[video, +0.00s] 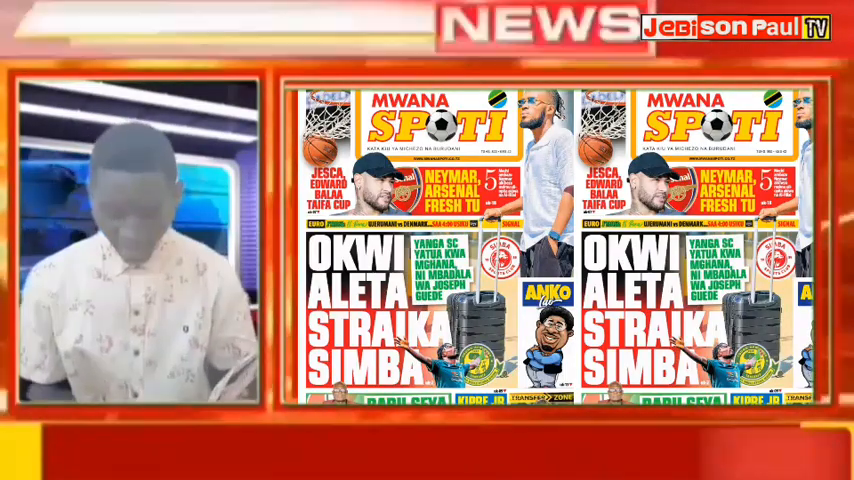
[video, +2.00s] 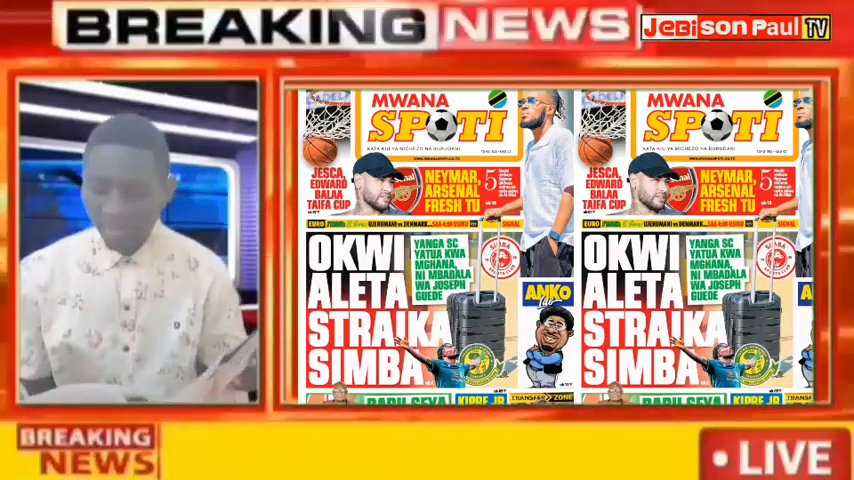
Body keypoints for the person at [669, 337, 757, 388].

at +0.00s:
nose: (729, 348)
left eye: (729, 346)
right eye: (725, 347)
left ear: (731, 351)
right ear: (719, 353)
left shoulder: (737, 366)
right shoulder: (714, 364)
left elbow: (749, 365)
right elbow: (698, 359)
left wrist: (754, 359)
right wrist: (684, 348)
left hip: (736, 401)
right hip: (720, 401)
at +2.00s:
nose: (729, 348)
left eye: (729, 347)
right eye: (725, 347)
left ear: (731, 351)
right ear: (718, 353)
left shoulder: (737, 366)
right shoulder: (714, 364)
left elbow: (750, 365)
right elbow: (698, 359)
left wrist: (754, 359)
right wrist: (684, 348)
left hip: (737, 401)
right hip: (720, 402)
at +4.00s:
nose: (729, 348)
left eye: (729, 347)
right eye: (724, 347)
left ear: (731, 351)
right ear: (718, 353)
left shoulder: (737, 366)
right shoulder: (714, 364)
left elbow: (749, 365)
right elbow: (698, 359)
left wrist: (754, 359)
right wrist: (684, 348)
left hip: (736, 401)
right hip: (720, 401)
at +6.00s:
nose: (728, 349)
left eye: (729, 347)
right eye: (724, 347)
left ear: (731, 351)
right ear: (718, 353)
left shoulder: (737, 366)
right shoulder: (714, 364)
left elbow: (749, 365)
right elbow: (698, 359)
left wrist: (754, 359)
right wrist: (684, 348)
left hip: (737, 400)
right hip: (720, 400)